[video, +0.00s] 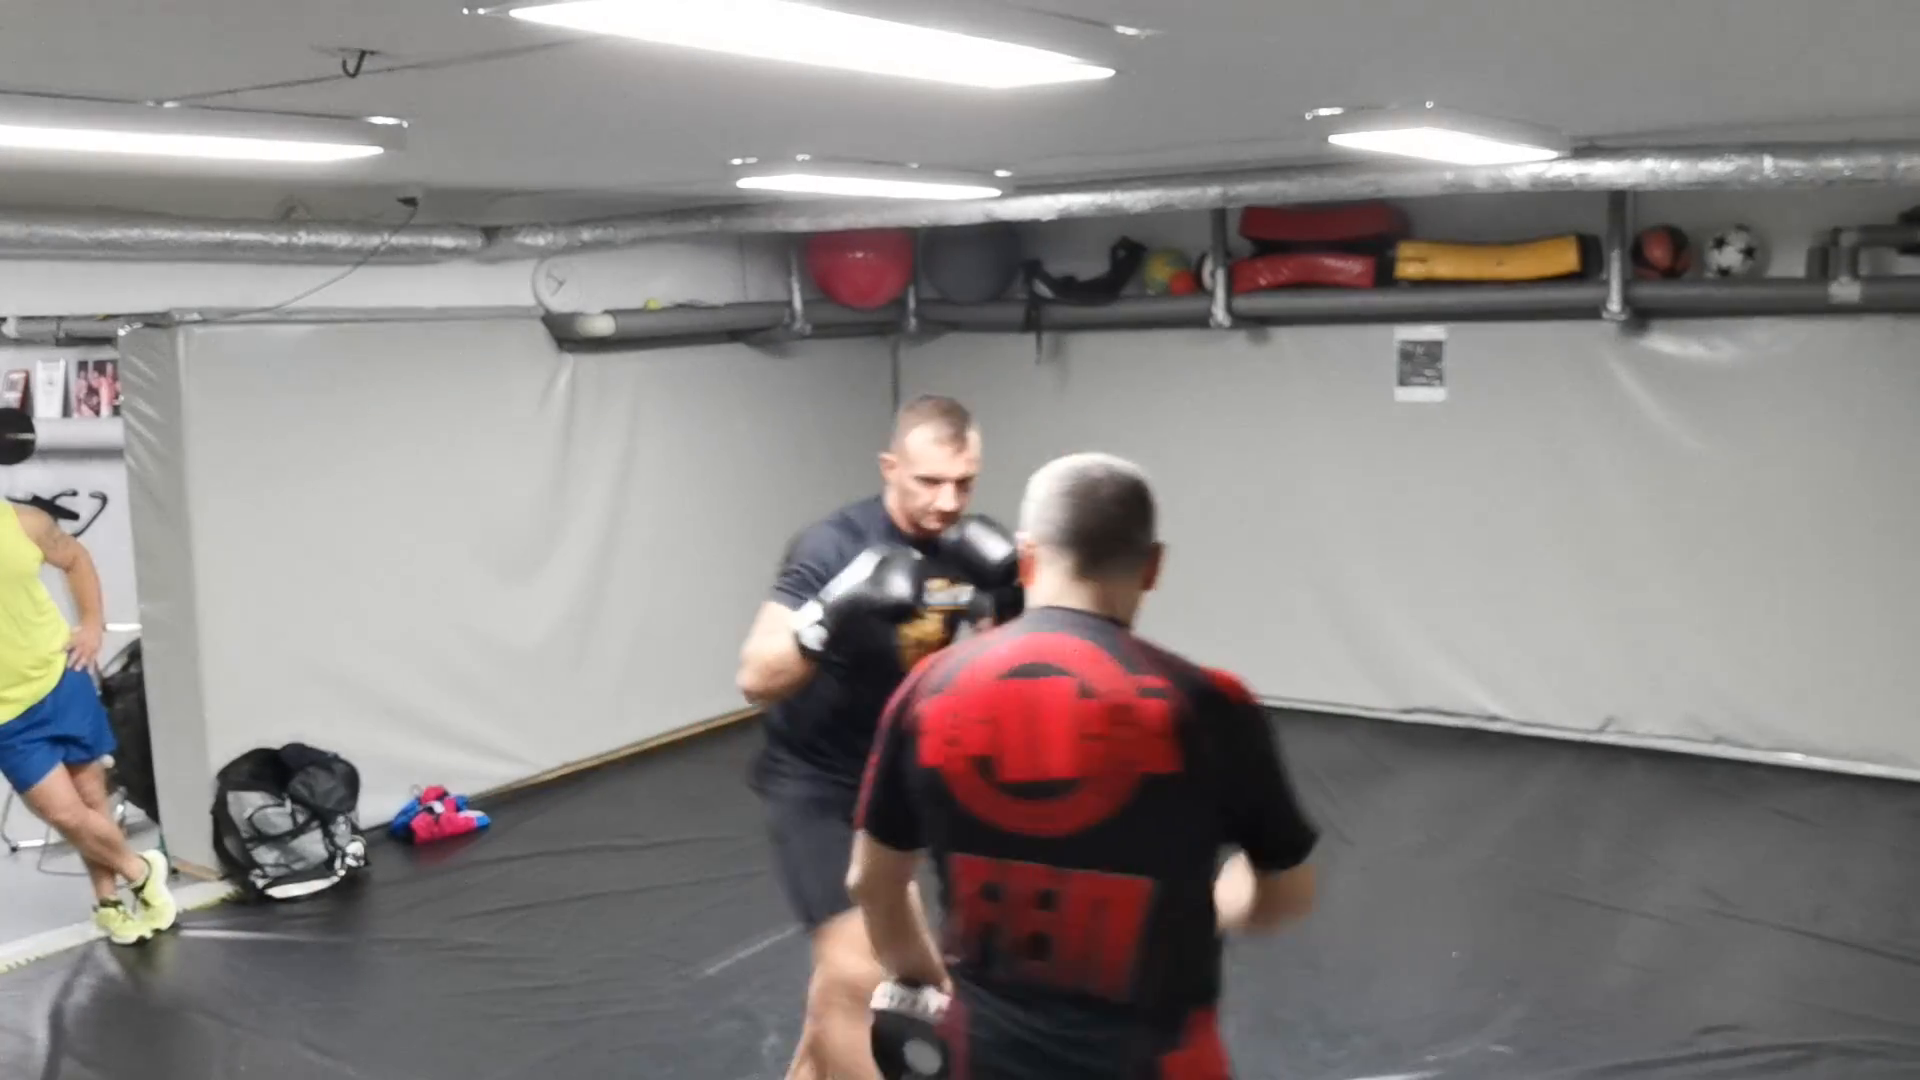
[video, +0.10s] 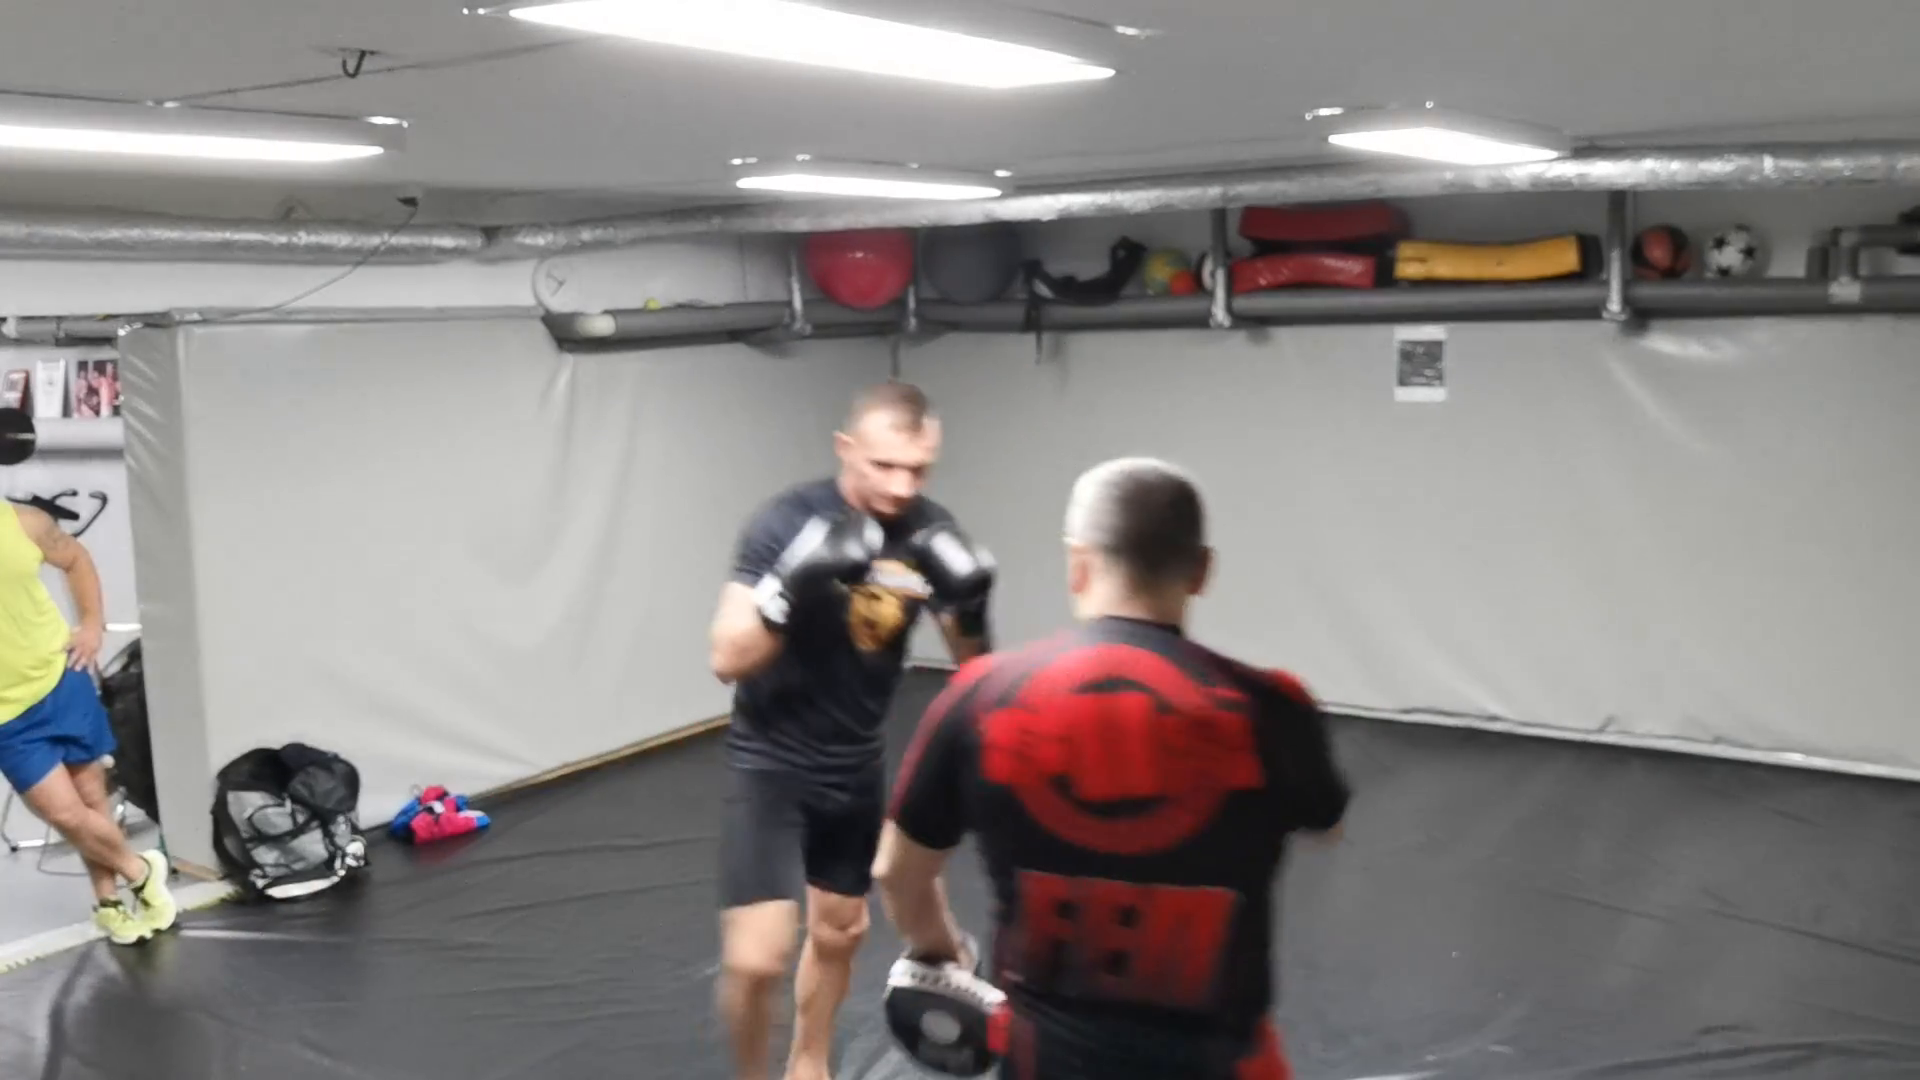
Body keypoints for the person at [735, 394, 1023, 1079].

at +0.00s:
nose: (947, 501)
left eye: (962, 483)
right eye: (929, 482)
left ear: (978, 473)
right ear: (889, 466)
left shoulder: (989, 552)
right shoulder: (835, 544)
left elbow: (1021, 671)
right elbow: (756, 678)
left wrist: (1009, 587)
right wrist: (833, 616)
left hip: (920, 778)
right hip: (818, 778)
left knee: (846, 969)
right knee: (858, 969)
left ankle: (811, 1065)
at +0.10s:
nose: (900, 487)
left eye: (916, 471)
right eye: (884, 467)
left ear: (930, 461)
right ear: (845, 451)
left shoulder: (928, 534)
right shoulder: (786, 524)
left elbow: (975, 672)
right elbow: (727, 659)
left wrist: (966, 603)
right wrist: (792, 587)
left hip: (855, 760)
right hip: (767, 757)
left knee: (838, 933)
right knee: (758, 959)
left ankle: (811, 1064)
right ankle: (752, 1072)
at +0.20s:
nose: (847, 478)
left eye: (861, 462)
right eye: (830, 460)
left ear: (876, 453)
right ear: (789, 444)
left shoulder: (889, 523)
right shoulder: (736, 515)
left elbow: (935, 653)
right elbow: (690, 653)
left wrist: (932, 618)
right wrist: (746, 572)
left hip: (837, 765)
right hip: (742, 760)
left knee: (843, 949)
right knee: (681, 956)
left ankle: (807, 1064)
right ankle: (667, 1063)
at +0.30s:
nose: (793, 504)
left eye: (808, 487)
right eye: (776, 485)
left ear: (822, 475)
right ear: (736, 468)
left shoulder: (851, 549)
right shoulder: (694, 545)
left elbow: (909, 666)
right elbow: (657, 680)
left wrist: (893, 650)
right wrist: (711, 590)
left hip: (813, 790)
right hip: (714, 787)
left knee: (860, 987)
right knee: (657, 957)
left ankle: (822, 1061)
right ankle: (649, 1068)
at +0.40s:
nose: (767, 517)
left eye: (781, 498)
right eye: (749, 498)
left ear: (796, 484)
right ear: (711, 486)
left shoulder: (831, 557)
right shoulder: (674, 564)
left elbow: (911, 681)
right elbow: (640, 700)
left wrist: (873, 642)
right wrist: (683, 606)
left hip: (814, 798)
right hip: (711, 799)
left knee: (874, 988)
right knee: (664, 955)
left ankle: (875, 1065)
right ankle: (650, 1068)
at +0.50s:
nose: (776, 495)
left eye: (790, 476)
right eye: (758, 476)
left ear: (807, 462)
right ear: (720, 463)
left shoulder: (838, 529)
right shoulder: (685, 536)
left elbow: (921, 659)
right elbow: (649, 680)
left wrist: (866, 592)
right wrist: (684, 581)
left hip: (842, 768)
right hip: (746, 773)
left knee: (912, 964)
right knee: (666, 947)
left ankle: (959, 1072)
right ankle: (668, 1065)